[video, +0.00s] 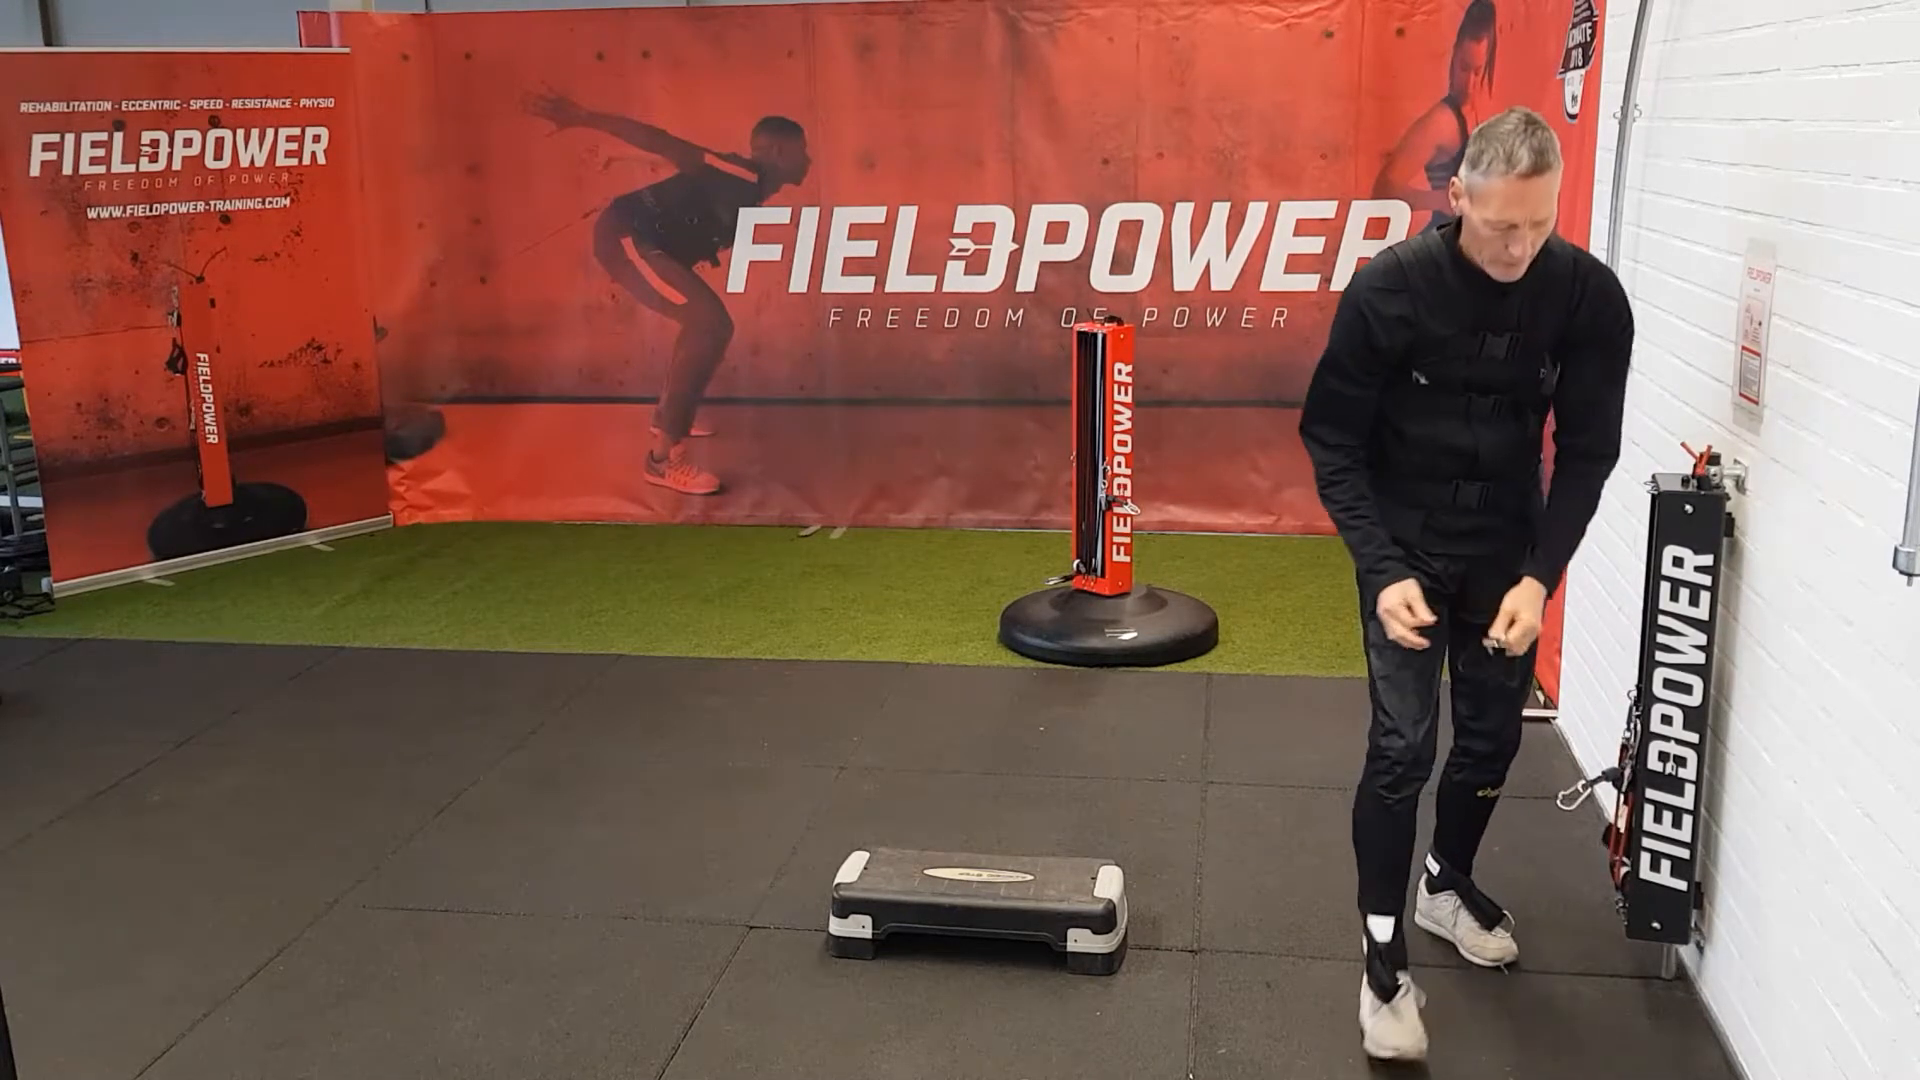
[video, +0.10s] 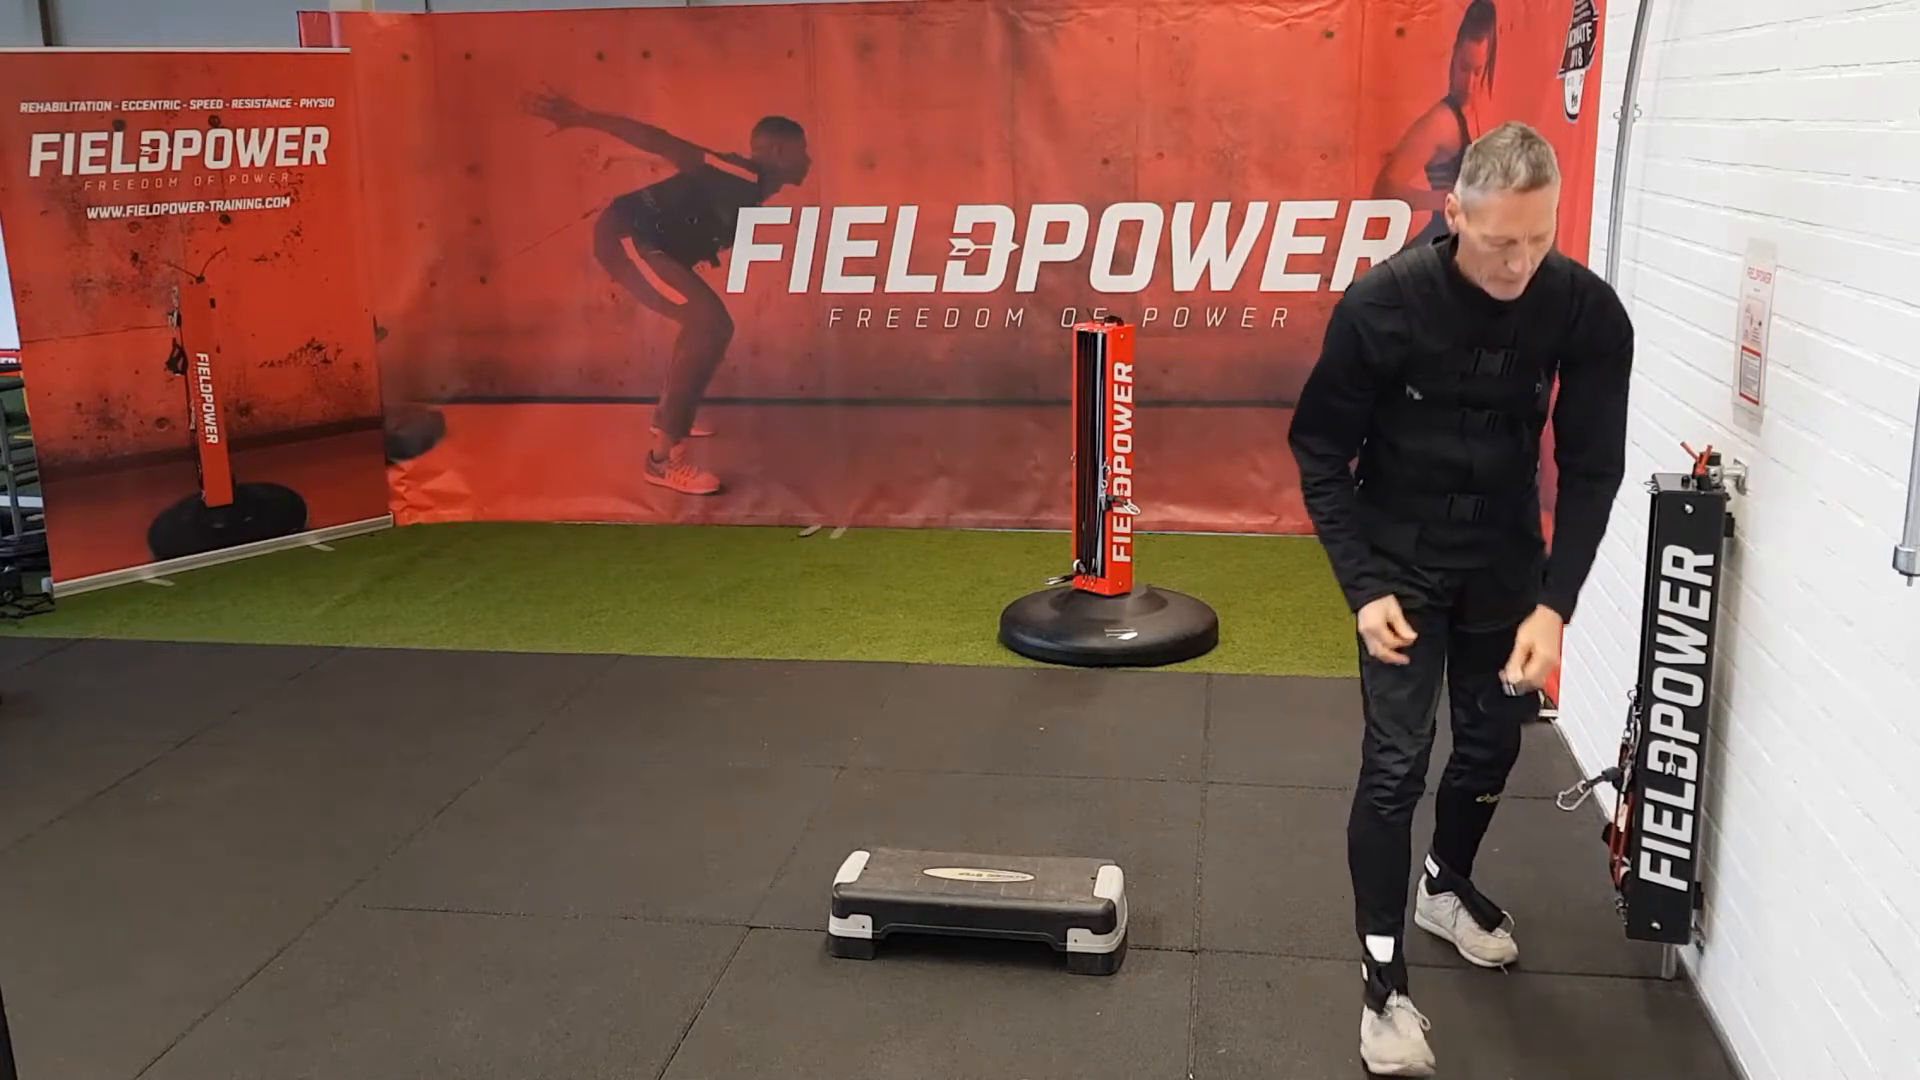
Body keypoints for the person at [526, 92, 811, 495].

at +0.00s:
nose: (807, 159)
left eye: (804, 150)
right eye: (801, 150)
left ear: (773, 151)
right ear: (772, 150)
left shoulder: (749, 189)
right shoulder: (737, 178)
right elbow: (662, 143)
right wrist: (582, 117)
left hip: (642, 237)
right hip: (627, 235)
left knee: (710, 322)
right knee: (712, 325)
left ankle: (670, 413)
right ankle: (665, 458)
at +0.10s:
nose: (807, 159)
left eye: (804, 150)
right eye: (800, 150)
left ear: (774, 151)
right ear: (772, 150)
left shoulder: (750, 190)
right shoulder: (736, 177)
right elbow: (661, 143)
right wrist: (582, 117)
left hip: (643, 236)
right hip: (627, 234)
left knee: (708, 322)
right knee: (713, 325)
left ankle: (670, 414)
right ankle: (665, 457)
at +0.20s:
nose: (807, 159)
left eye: (804, 150)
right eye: (800, 150)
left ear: (774, 152)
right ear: (772, 150)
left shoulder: (749, 191)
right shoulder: (735, 178)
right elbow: (661, 142)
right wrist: (582, 117)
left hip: (644, 236)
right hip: (627, 233)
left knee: (709, 322)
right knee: (712, 325)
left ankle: (670, 414)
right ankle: (665, 457)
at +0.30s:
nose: (807, 159)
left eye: (804, 150)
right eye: (801, 150)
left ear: (773, 151)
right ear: (772, 150)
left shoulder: (748, 188)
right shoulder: (736, 178)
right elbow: (662, 143)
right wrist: (582, 117)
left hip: (642, 236)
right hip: (627, 235)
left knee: (710, 322)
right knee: (712, 325)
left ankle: (670, 413)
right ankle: (665, 457)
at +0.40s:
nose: (807, 159)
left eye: (804, 150)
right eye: (800, 149)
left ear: (774, 151)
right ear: (772, 150)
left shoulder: (749, 191)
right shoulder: (735, 177)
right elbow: (661, 143)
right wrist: (582, 117)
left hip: (643, 236)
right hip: (627, 234)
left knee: (708, 322)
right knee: (713, 325)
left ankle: (670, 414)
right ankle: (665, 457)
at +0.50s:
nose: (807, 159)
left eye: (804, 150)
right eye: (800, 150)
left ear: (774, 151)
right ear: (772, 150)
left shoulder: (749, 191)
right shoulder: (735, 177)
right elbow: (661, 143)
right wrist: (582, 117)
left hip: (643, 236)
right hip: (627, 234)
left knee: (708, 322)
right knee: (713, 325)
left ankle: (670, 414)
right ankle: (665, 457)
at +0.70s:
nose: (807, 159)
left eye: (805, 150)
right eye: (801, 149)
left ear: (774, 151)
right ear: (772, 149)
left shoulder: (749, 187)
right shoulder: (737, 177)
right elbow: (661, 142)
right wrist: (582, 116)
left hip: (643, 236)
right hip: (627, 234)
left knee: (710, 322)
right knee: (712, 325)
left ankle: (670, 413)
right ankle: (665, 457)